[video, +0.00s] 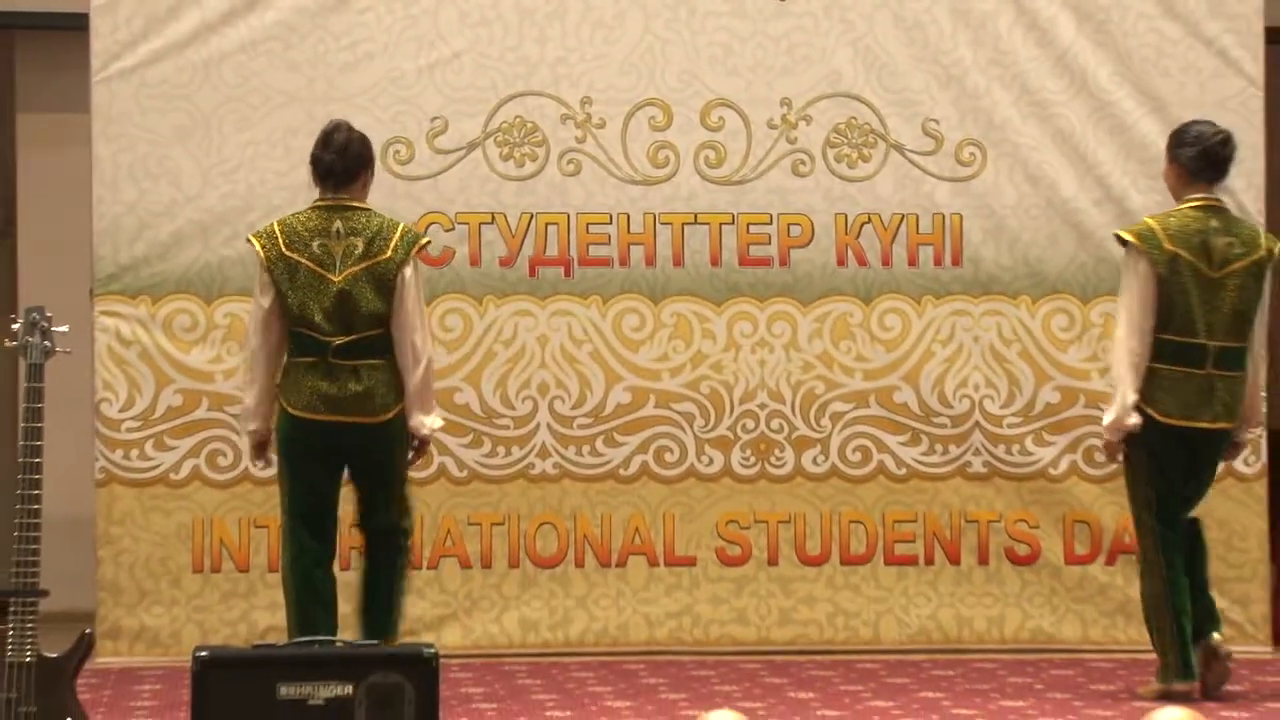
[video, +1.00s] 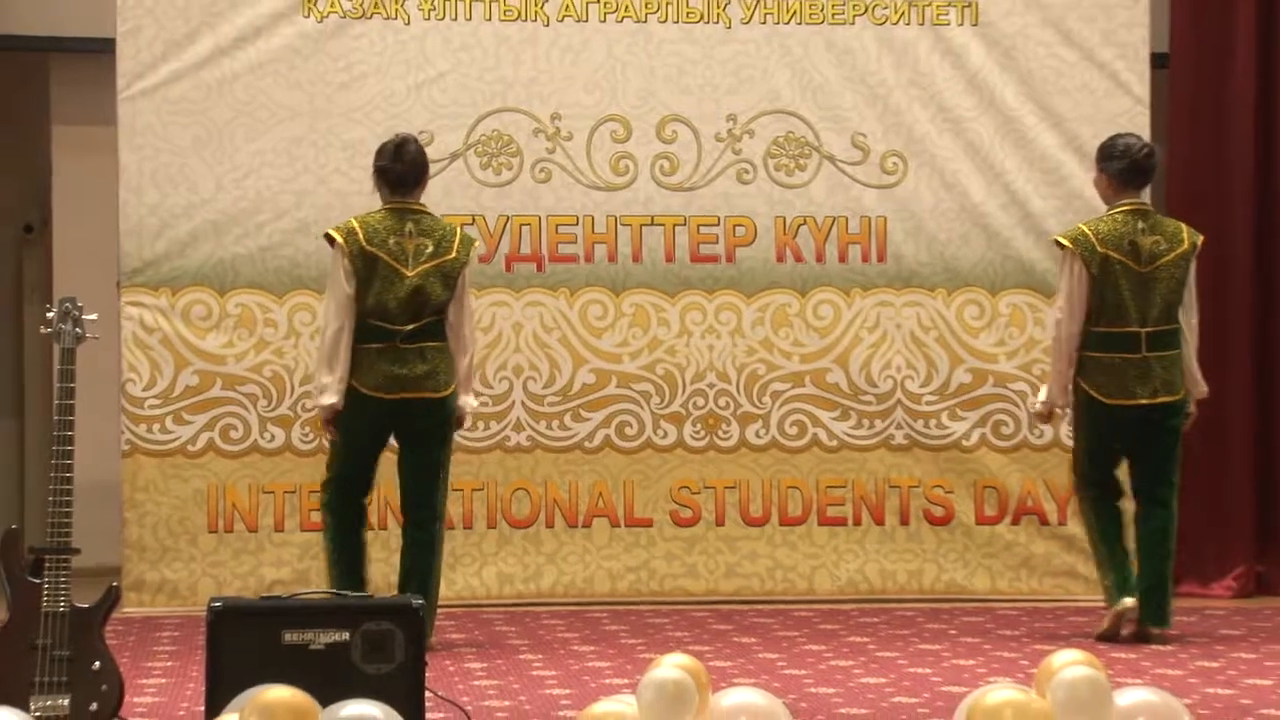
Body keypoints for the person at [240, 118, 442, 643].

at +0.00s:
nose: (369, 179)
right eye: (370, 171)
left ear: (314, 173)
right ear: (368, 174)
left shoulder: (276, 240)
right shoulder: (394, 240)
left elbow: (265, 338)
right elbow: (411, 337)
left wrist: (259, 417)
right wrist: (420, 416)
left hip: (304, 421)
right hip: (377, 421)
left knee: (307, 544)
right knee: (386, 534)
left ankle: (311, 667)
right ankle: (377, 659)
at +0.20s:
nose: (377, 180)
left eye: (366, 172)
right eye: (376, 172)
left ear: (320, 173)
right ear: (373, 175)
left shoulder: (281, 238)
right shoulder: (393, 235)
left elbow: (277, 336)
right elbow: (412, 330)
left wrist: (281, 413)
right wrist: (432, 407)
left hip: (317, 413)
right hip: (388, 409)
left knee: (319, 536)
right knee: (421, 524)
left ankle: (316, 660)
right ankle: (426, 651)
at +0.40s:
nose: (389, 182)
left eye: (380, 174)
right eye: (388, 175)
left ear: (332, 181)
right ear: (382, 179)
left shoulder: (299, 244)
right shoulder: (407, 239)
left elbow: (290, 338)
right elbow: (427, 330)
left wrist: (290, 415)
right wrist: (447, 403)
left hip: (336, 412)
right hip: (404, 409)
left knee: (330, 534)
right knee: (416, 536)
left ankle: (317, 654)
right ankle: (417, 656)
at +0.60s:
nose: (402, 185)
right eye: (403, 178)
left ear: (351, 182)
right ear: (401, 181)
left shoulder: (324, 244)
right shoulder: (428, 238)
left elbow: (313, 336)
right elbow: (449, 330)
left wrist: (307, 408)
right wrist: (465, 400)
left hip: (358, 411)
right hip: (424, 409)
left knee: (346, 524)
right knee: (423, 532)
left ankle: (322, 643)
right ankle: (415, 653)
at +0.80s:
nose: (408, 184)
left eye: (383, 175)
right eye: (415, 176)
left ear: (368, 180)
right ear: (419, 180)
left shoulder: (340, 242)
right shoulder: (445, 240)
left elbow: (330, 328)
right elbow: (459, 325)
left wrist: (327, 399)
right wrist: (469, 394)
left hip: (367, 407)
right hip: (431, 406)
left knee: (362, 511)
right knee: (425, 519)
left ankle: (366, 624)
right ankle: (416, 633)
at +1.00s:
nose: (392, 185)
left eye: (381, 177)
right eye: (415, 176)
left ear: (376, 180)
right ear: (425, 181)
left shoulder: (352, 239)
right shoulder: (455, 242)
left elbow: (338, 323)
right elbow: (460, 326)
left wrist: (330, 393)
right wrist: (462, 392)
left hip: (367, 398)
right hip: (432, 401)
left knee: (344, 500)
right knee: (424, 515)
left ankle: (351, 616)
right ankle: (417, 625)